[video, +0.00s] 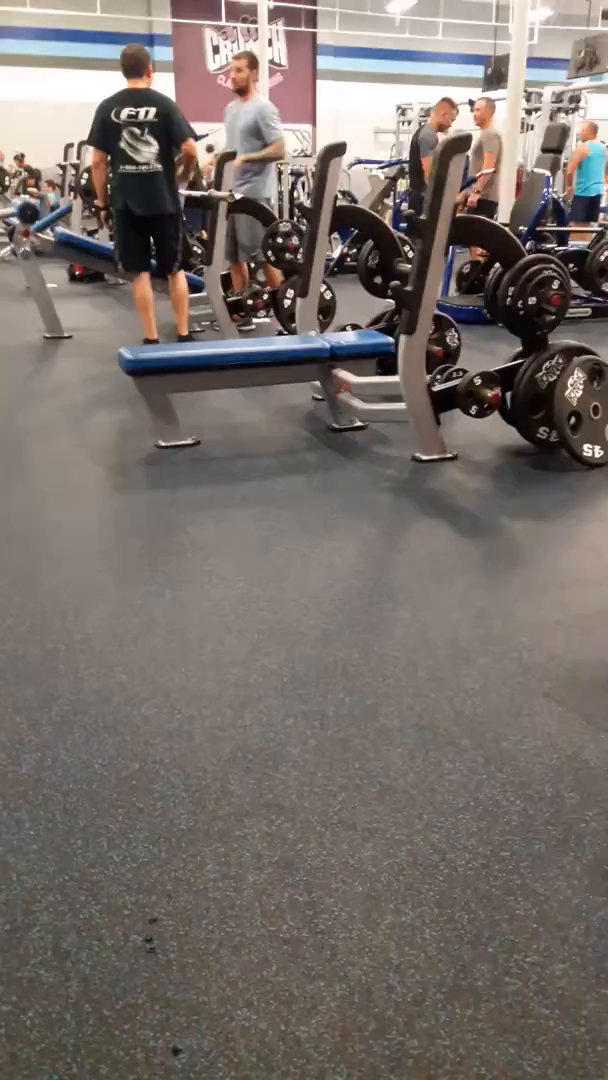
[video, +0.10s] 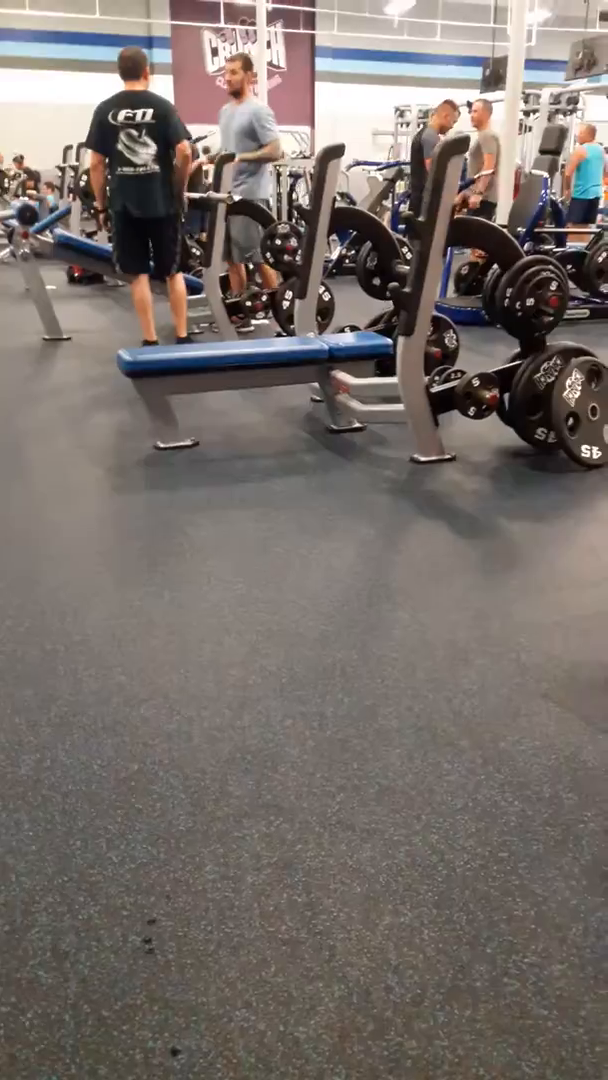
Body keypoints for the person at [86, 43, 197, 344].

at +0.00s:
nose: (153, 72)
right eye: (152, 68)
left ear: (122, 71)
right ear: (149, 70)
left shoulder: (107, 107)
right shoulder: (164, 104)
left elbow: (98, 161)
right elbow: (189, 150)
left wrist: (102, 202)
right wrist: (182, 175)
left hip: (125, 198)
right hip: (162, 197)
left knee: (138, 273)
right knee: (175, 270)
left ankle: (151, 339)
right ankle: (183, 335)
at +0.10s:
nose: (150, 74)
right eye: (149, 70)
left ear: (120, 73)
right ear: (147, 72)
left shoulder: (105, 109)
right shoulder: (162, 107)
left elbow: (96, 163)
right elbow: (184, 152)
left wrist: (100, 205)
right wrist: (180, 189)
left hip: (124, 200)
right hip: (161, 199)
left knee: (138, 275)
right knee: (174, 272)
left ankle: (150, 340)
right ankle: (182, 336)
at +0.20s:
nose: (148, 80)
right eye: (147, 76)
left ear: (118, 79)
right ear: (145, 78)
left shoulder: (103, 115)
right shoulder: (160, 112)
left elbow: (94, 169)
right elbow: (182, 156)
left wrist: (99, 211)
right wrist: (180, 195)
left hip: (123, 207)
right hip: (160, 204)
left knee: (137, 280)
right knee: (173, 276)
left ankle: (149, 345)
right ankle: (181, 340)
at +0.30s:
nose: (147, 84)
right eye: (146, 80)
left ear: (116, 83)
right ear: (144, 81)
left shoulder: (102, 118)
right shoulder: (159, 113)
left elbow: (94, 172)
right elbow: (182, 153)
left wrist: (99, 213)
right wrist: (185, 199)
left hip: (122, 209)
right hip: (159, 206)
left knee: (136, 283)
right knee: (171, 280)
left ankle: (148, 348)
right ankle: (179, 344)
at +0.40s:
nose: (148, 85)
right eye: (148, 81)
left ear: (118, 84)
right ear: (146, 82)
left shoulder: (104, 120)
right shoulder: (161, 114)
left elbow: (95, 173)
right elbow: (186, 151)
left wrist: (100, 214)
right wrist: (191, 196)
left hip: (123, 211)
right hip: (159, 208)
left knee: (137, 285)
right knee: (171, 283)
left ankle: (149, 349)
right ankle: (178, 346)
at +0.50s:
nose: (146, 88)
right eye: (146, 84)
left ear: (116, 88)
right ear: (144, 86)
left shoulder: (103, 123)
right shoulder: (160, 118)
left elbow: (93, 177)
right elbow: (186, 157)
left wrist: (101, 214)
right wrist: (190, 200)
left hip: (122, 215)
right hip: (159, 212)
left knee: (134, 289)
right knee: (169, 286)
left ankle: (146, 352)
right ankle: (176, 348)